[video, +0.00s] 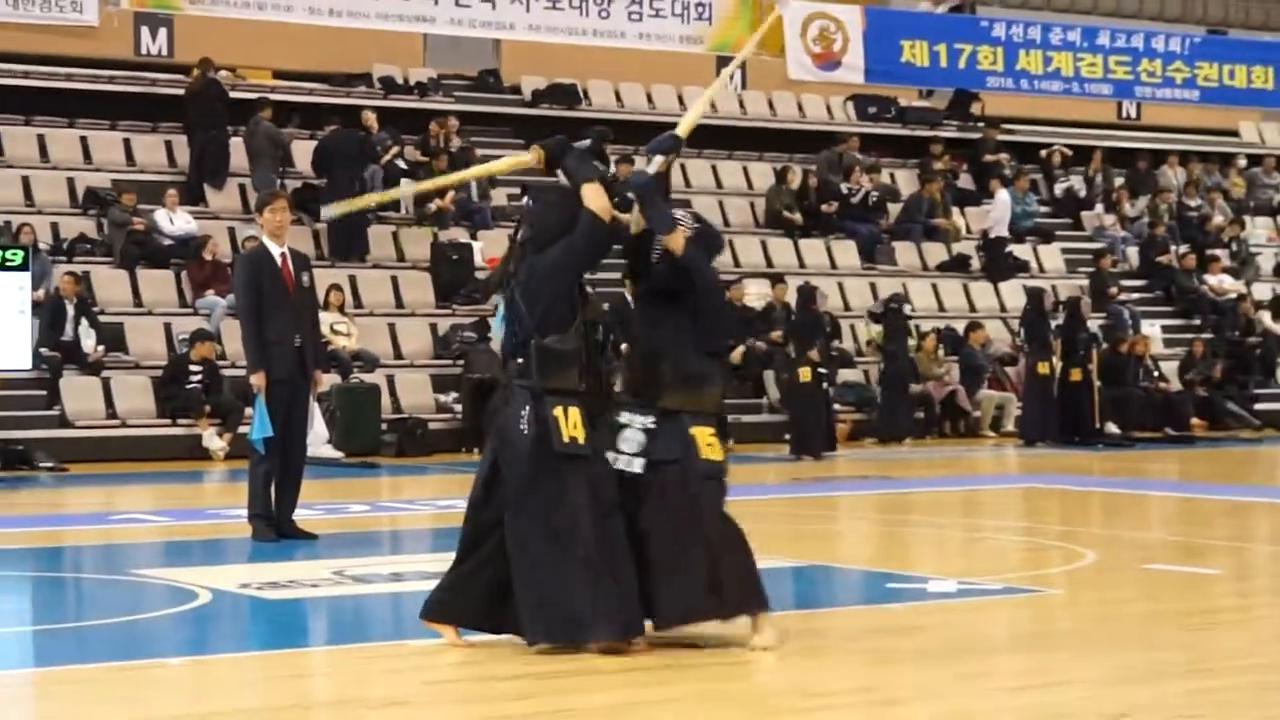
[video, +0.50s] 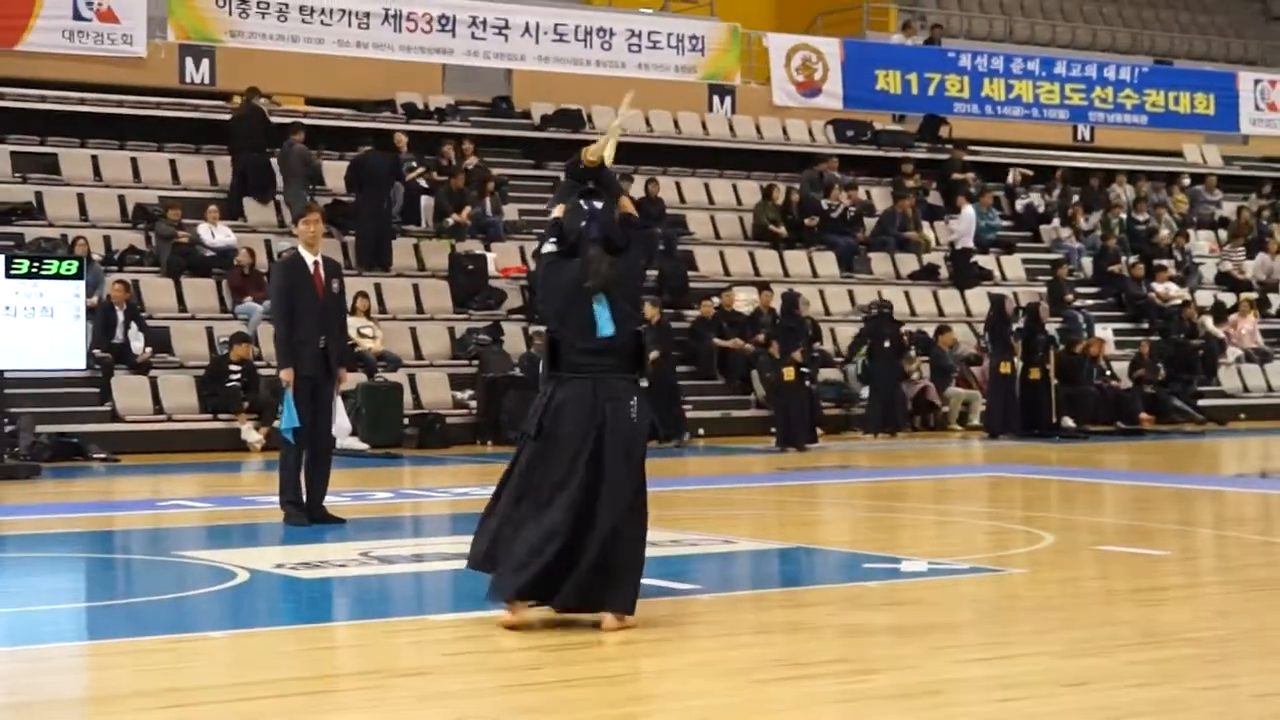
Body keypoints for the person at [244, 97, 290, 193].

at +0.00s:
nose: (271, 113)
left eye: (271, 110)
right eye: (270, 110)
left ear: (258, 110)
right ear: (264, 110)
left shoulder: (249, 128)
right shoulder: (267, 127)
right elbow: (283, 141)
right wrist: (291, 134)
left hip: (256, 173)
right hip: (269, 173)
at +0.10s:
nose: (277, 116)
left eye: (277, 113)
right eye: (276, 113)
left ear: (264, 113)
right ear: (271, 113)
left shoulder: (255, 132)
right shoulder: (274, 130)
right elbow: (287, 145)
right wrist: (296, 139)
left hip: (261, 176)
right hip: (275, 176)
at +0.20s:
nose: (284, 121)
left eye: (284, 118)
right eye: (283, 118)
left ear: (271, 117)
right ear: (278, 117)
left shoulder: (261, 136)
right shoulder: (281, 134)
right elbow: (295, 149)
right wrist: (301, 144)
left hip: (268, 180)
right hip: (282, 179)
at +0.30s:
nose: (295, 129)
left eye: (295, 126)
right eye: (294, 126)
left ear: (282, 126)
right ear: (289, 126)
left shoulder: (273, 144)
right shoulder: (293, 142)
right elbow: (306, 157)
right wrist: (311, 152)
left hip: (279, 184)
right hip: (292, 184)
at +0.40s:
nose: (301, 135)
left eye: (301, 132)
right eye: (300, 132)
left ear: (289, 131)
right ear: (296, 131)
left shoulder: (279, 150)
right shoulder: (299, 147)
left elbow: (282, 172)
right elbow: (313, 162)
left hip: (286, 191)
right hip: (299, 191)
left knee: (293, 221)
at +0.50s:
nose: (304, 137)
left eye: (303, 134)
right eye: (303, 134)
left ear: (292, 133)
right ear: (299, 133)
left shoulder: (283, 150)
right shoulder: (301, 149)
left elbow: (283, 170)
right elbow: (314, 167)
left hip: (287, 191)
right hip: (300, 192)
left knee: (296, 220)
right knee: (302, 220)